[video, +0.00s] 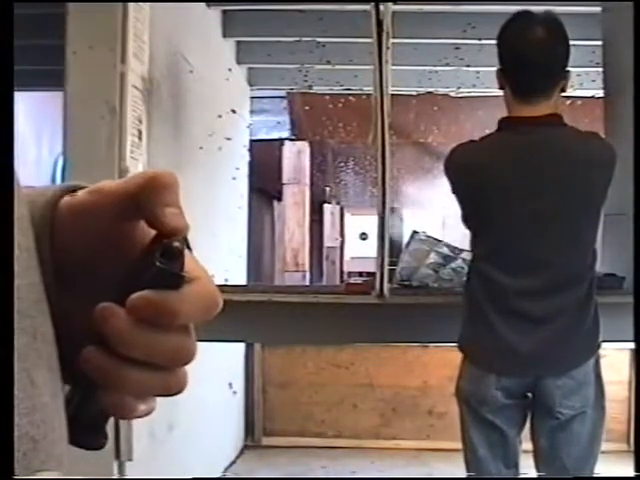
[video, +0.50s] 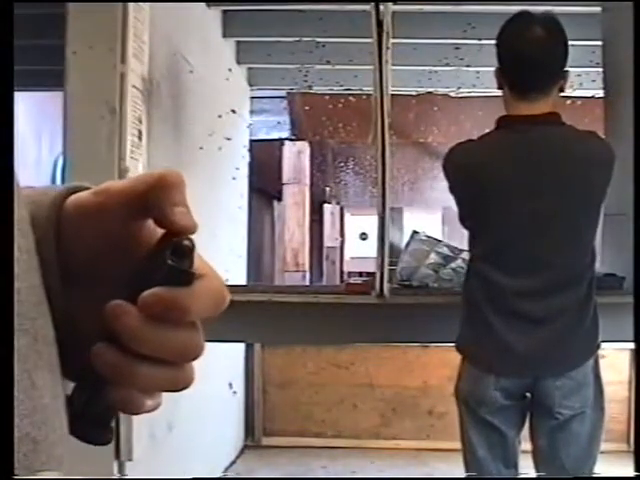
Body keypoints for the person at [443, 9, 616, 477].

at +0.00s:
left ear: (500, 81)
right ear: (565, 82)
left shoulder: (465, 162)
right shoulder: (597, 156)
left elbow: (484, 221)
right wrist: (547, 118)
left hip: (491, 359)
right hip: (570, 360)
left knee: (490, 472)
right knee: (569, 472)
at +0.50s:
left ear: (499, 80)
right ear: (564, 82)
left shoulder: (463, 161)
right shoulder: (596, 155)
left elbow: (478, 221)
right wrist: (549, 113)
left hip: (490, 359)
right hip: (569, 360)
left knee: (489, 472)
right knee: (569, 472)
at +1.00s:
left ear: (496, 79)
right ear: (562, 80)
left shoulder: (461, 161)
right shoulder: (594, 155)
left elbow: (476, 222)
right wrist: (543, 117)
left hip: (488, 361)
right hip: (567, 361)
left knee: (488, 472)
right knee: (567, 472)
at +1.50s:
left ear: (497, 79)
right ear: (562, 80)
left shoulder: (461, 161)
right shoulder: (594, 155)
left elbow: (477, 222)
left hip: (488, 359)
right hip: (567, 360)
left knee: (487, 472)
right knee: (567, 472)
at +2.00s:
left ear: (497, 79)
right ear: (562, 80)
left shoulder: (462, 161)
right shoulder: (594, 155)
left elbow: (478, 222)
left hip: (488, 359)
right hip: (567, 360)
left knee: (488, 472)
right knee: (567, 472)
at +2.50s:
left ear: (497, 81)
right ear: (563, 82)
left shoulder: (462, 163)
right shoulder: (595, 157)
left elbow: (474, 223)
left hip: (488, 361)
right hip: (568, 362)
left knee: (488, 472)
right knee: (567, 472)